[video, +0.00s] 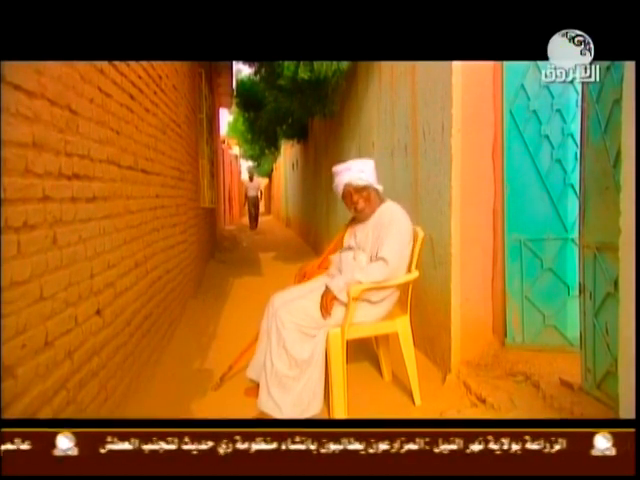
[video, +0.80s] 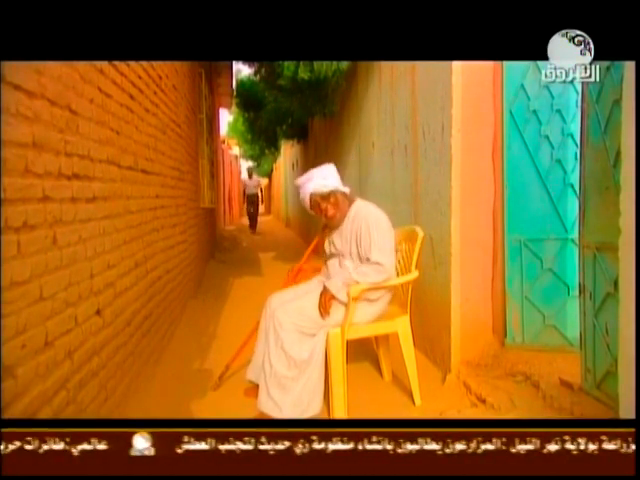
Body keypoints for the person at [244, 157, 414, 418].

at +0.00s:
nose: (356, 202)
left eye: (359, 193)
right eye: (349, 198)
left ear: (373, 190)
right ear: (345, 201)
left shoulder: (395, 218)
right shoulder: (361, 219)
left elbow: (389, 270)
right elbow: (344, 258)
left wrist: (339, 287)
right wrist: (328, 283)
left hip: (368, 299)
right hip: (342, 286)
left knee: (288, 315)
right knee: (278, 303)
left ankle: (289, 407)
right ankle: (268, 377)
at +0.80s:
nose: (326, 213)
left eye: (328, 203)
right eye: (319, 210)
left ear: (339, 195)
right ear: (316, 211)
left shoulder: (370, 217)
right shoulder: (340, 219)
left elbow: (383, 270)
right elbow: (338, 260)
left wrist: (336, 279)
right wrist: (327, 285)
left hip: (366, 298)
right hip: (339, 285)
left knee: (287, 317)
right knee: (275, 304)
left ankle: (288, 406)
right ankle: (266, 379)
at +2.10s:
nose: (337, 195)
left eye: (344, 189)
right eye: (336, 188)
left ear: (364, 192)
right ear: (335, 188)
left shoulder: (385, 219)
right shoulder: (358, 216)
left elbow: (387, 271)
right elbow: (344, 257)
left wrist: (339, 284)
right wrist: (325, 279)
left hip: (368, 301)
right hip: (342, 287)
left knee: (289, 318)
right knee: (277, 304)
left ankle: (289, 407)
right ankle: (267, 380)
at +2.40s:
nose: (346, 194)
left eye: (351, 188)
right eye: (346, 187)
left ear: (369, 191)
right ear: (365, 191)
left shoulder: (391, 218)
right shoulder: (367, 215)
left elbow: (389, 270)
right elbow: (349, 254)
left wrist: (339, 285)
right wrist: (325, 271)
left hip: (368, 301)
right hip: (343, 288)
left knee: (289, 317)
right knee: (277, 304)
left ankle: (288, 406)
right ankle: (267, 379)